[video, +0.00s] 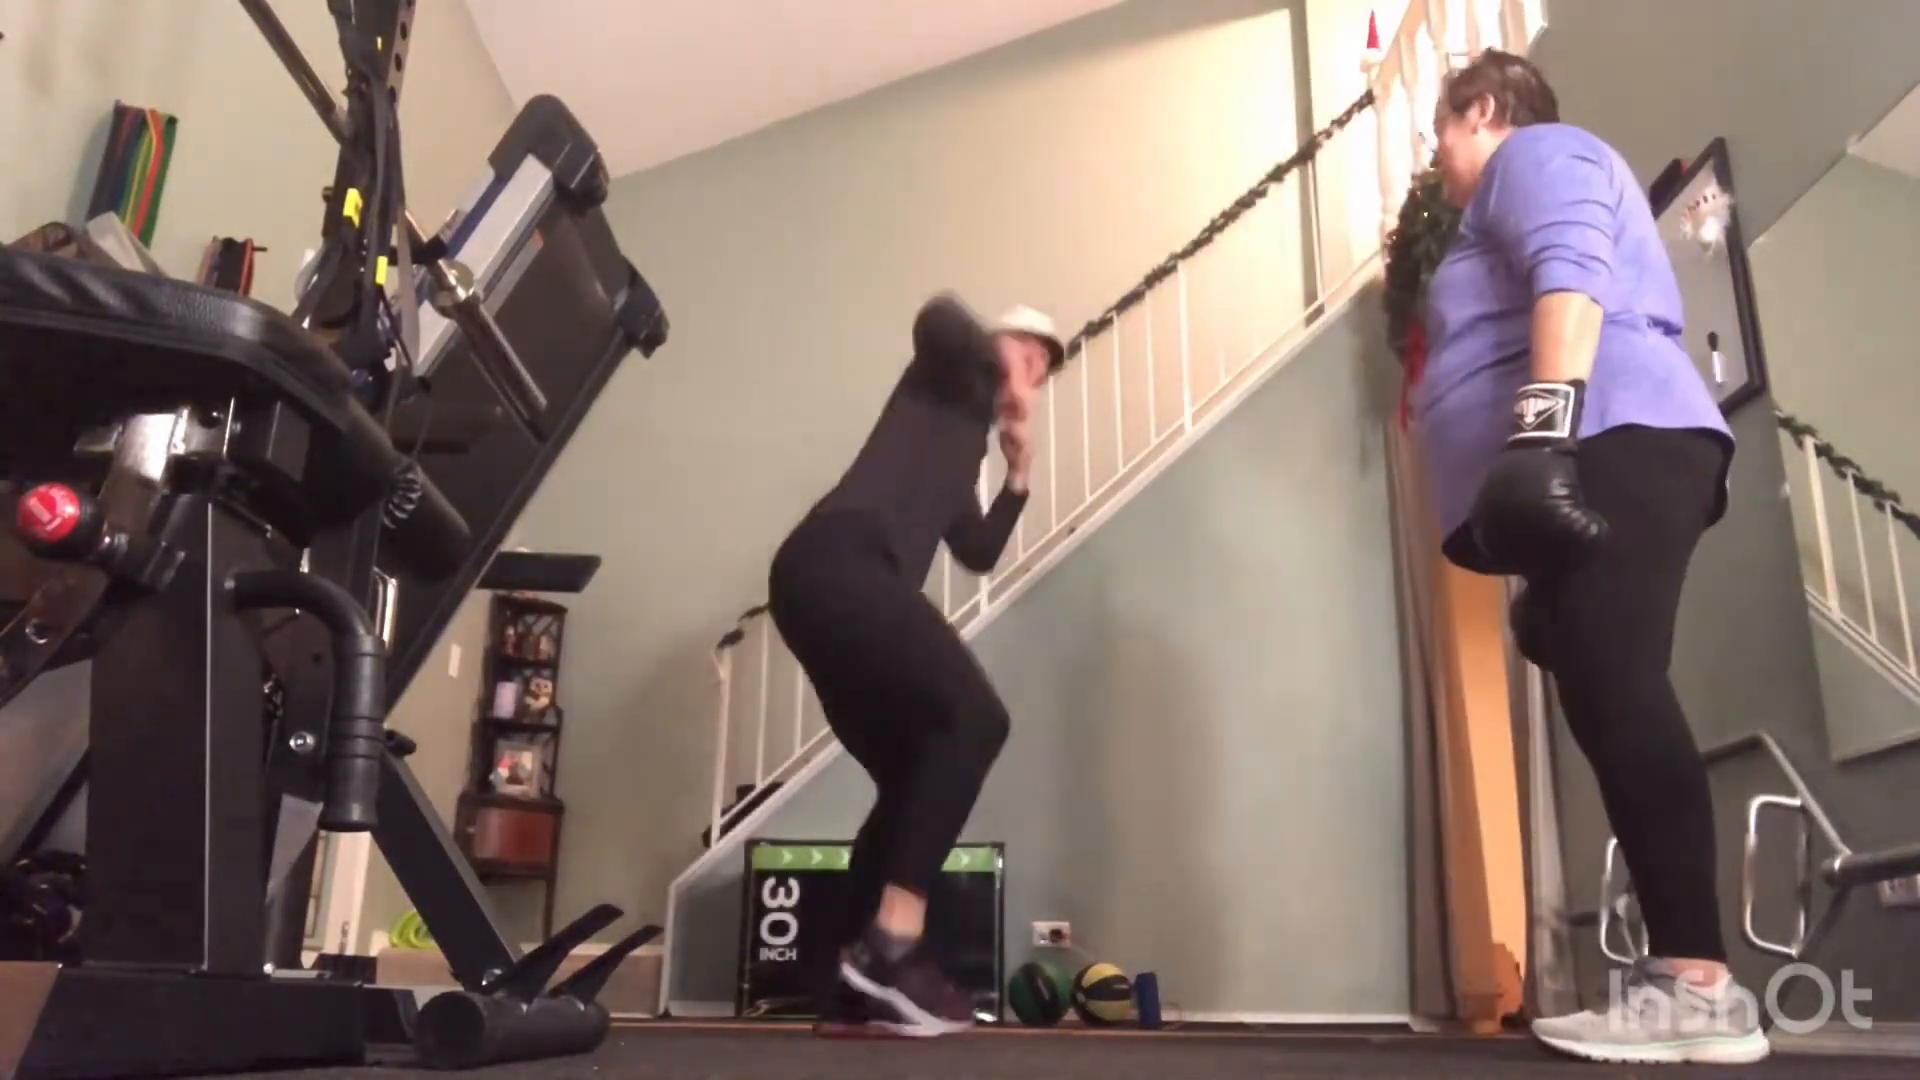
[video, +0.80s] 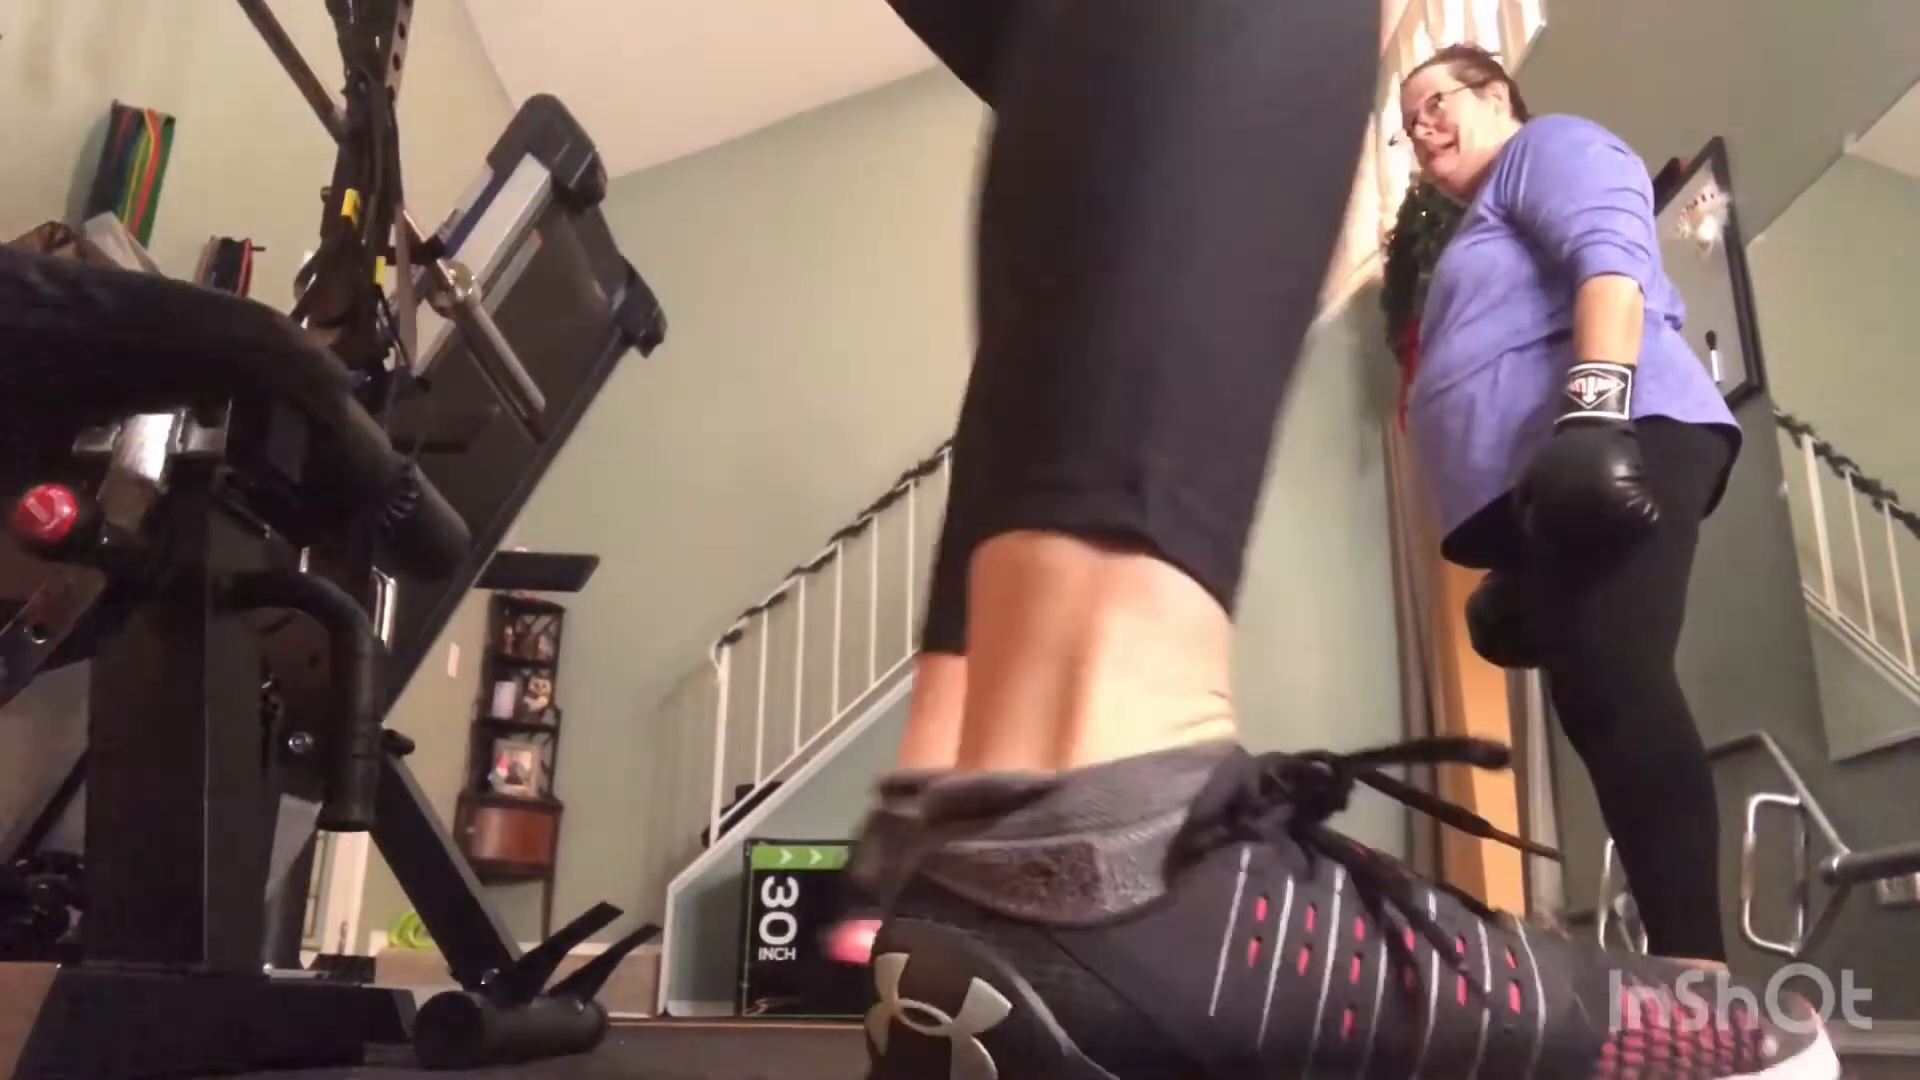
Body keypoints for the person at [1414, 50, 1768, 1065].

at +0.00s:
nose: (1433, 155)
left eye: (1441, 134)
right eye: (1432, 139)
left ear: (1488, 112)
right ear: (1498, 114)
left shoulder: (1542, 151)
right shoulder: (1496, 218)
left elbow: (1569, 274)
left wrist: (1539, 432)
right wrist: (1426, 257)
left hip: (1629, 432)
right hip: (1597, 451)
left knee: (1614, 677)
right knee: (1604, 693)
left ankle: (1698, 985)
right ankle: (1679, 979)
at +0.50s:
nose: (1437, 125)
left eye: (1453, 104)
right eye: (1426, 120)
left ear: (1515, 95)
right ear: (1437, 146)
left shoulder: (1560, 143)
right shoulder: (1481, 234)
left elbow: (1601, 260)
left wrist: (1576, 408)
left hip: (1640, 429)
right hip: (1580, 460)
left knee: (1621, 682)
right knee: (1603, 702)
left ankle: (1699, 984)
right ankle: (1682, 977)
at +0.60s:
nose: (1432, 129)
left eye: (1445, 106)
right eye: (1421, 124)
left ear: (1509, 95)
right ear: (1432, 150)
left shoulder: (1560, 143)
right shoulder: (1480, 234)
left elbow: (1612, 259)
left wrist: (1593, 411)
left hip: (1637, 434)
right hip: (1568, 472)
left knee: (1623, 684)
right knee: (1601, 708)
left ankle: (1699, 984)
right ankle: (1683, 977)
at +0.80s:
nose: (1426, 124)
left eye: (1440, 101)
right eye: (1412, 122)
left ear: (1500, 97)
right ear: (1416, 154)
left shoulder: (1548, 146)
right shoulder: (1455, 249)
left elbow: (1612, 262)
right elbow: (1486, 415)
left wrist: (1594, 411)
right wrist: (1510, 557)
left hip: (1628, 429)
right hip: (1542, 494)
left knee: (1615, 680)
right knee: (1594, 704)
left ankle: (1693, 975)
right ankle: (1683, 968)